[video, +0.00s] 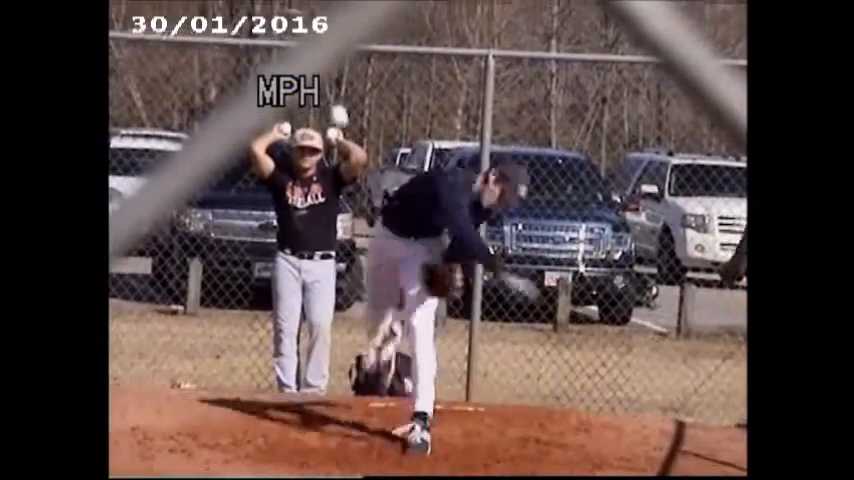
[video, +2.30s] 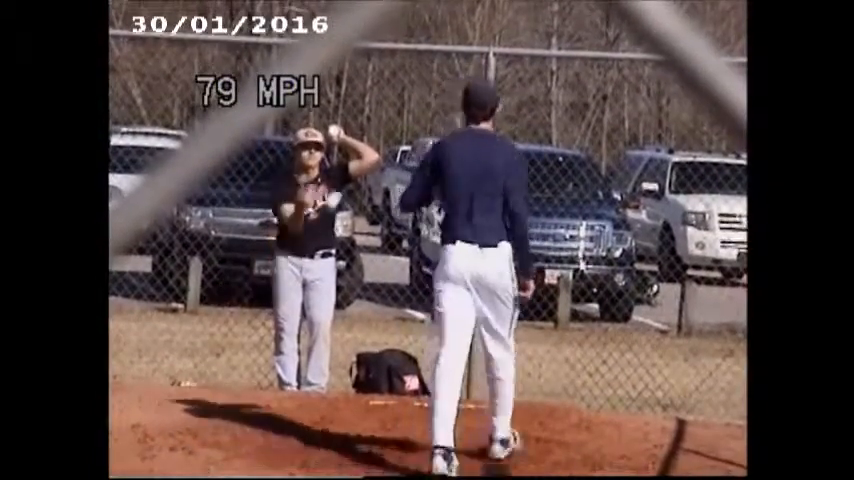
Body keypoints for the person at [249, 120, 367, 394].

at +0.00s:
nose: (307, 158)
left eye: (313, 152)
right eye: (302, 152)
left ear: (322, 153)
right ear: (292, 153)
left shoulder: (332, 177)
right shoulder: (281, 179)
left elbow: (361, 159)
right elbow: (256, 151)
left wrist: (339, 141)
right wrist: (274, 134)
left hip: (322, 262)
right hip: (288, 260)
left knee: (320, 325)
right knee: (285, 326)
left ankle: (315, 386)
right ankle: (286, 386)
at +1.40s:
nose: (307, 158)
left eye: (313, 152)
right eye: (301, 152)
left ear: (322, 154)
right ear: (292, 153)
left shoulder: (333, 177)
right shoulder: (281, 178)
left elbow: (362, 158)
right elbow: (250, 167)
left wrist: (341, 141)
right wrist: (275, 144)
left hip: (322, 261)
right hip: (288, 259)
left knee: (320, 324)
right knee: (285, 326)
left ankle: (315, 387)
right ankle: (286, 387)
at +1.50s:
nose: (309, 157)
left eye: (315, 151)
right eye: (303, 151)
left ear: (323, 153)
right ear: (293, 151)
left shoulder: (333, 176)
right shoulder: (281, 176)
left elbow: (364, 157)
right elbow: (254, 201)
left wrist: (341, 140)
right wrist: (269, 167)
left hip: (322, 260)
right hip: (287, 258)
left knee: (320, 322)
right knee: (285, 325)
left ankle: (315, 384)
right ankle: (286, 385)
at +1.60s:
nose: (310, 157)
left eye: (316, 152)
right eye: (305, 152)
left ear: (324, 155)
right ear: (295, 153)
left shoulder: (333, 178)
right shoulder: (280, 180)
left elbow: (365, 159)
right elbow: (261, 228)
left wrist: (341, 142)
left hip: (322, 262)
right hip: (287, 261)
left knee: (320, 324)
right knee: (285, 326)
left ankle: (315, 386)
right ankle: (287, 386)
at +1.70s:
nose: (309, 154)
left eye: (315, 150)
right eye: (304, 149)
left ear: (324, 153)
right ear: (295, 152)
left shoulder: (334, 176)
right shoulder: (282, 183)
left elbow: (367, 157)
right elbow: (272, 225)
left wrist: (342, 140)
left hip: (322, 261)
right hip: (288, 259)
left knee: (321, 324)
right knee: (286, 325)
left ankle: (316, 385)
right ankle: (287, 385)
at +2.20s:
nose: (310, 156)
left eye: (315, 152)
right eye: (305, 152)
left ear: (323, 156)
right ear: (295, 156)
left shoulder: (333, 179)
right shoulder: (286, 190)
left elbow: (373, 161)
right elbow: (287, 230)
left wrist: (343, 142)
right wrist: (293, 262)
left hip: (324, 263)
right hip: (291, 261)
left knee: (321, 327)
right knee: (287, 328)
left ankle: (316, 389)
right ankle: (287, 388)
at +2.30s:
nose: (310, 153)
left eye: (316, 148)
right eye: (305, 148)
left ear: (323, 153)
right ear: (295, 153)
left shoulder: (333, 177)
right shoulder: (285, 183)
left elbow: (373, 158)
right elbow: (293, 227)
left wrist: (343, 139)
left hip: (322, 259)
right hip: (288, 259)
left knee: (321, 324)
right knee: (286, 324)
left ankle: (316, 386)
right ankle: (287, 385)